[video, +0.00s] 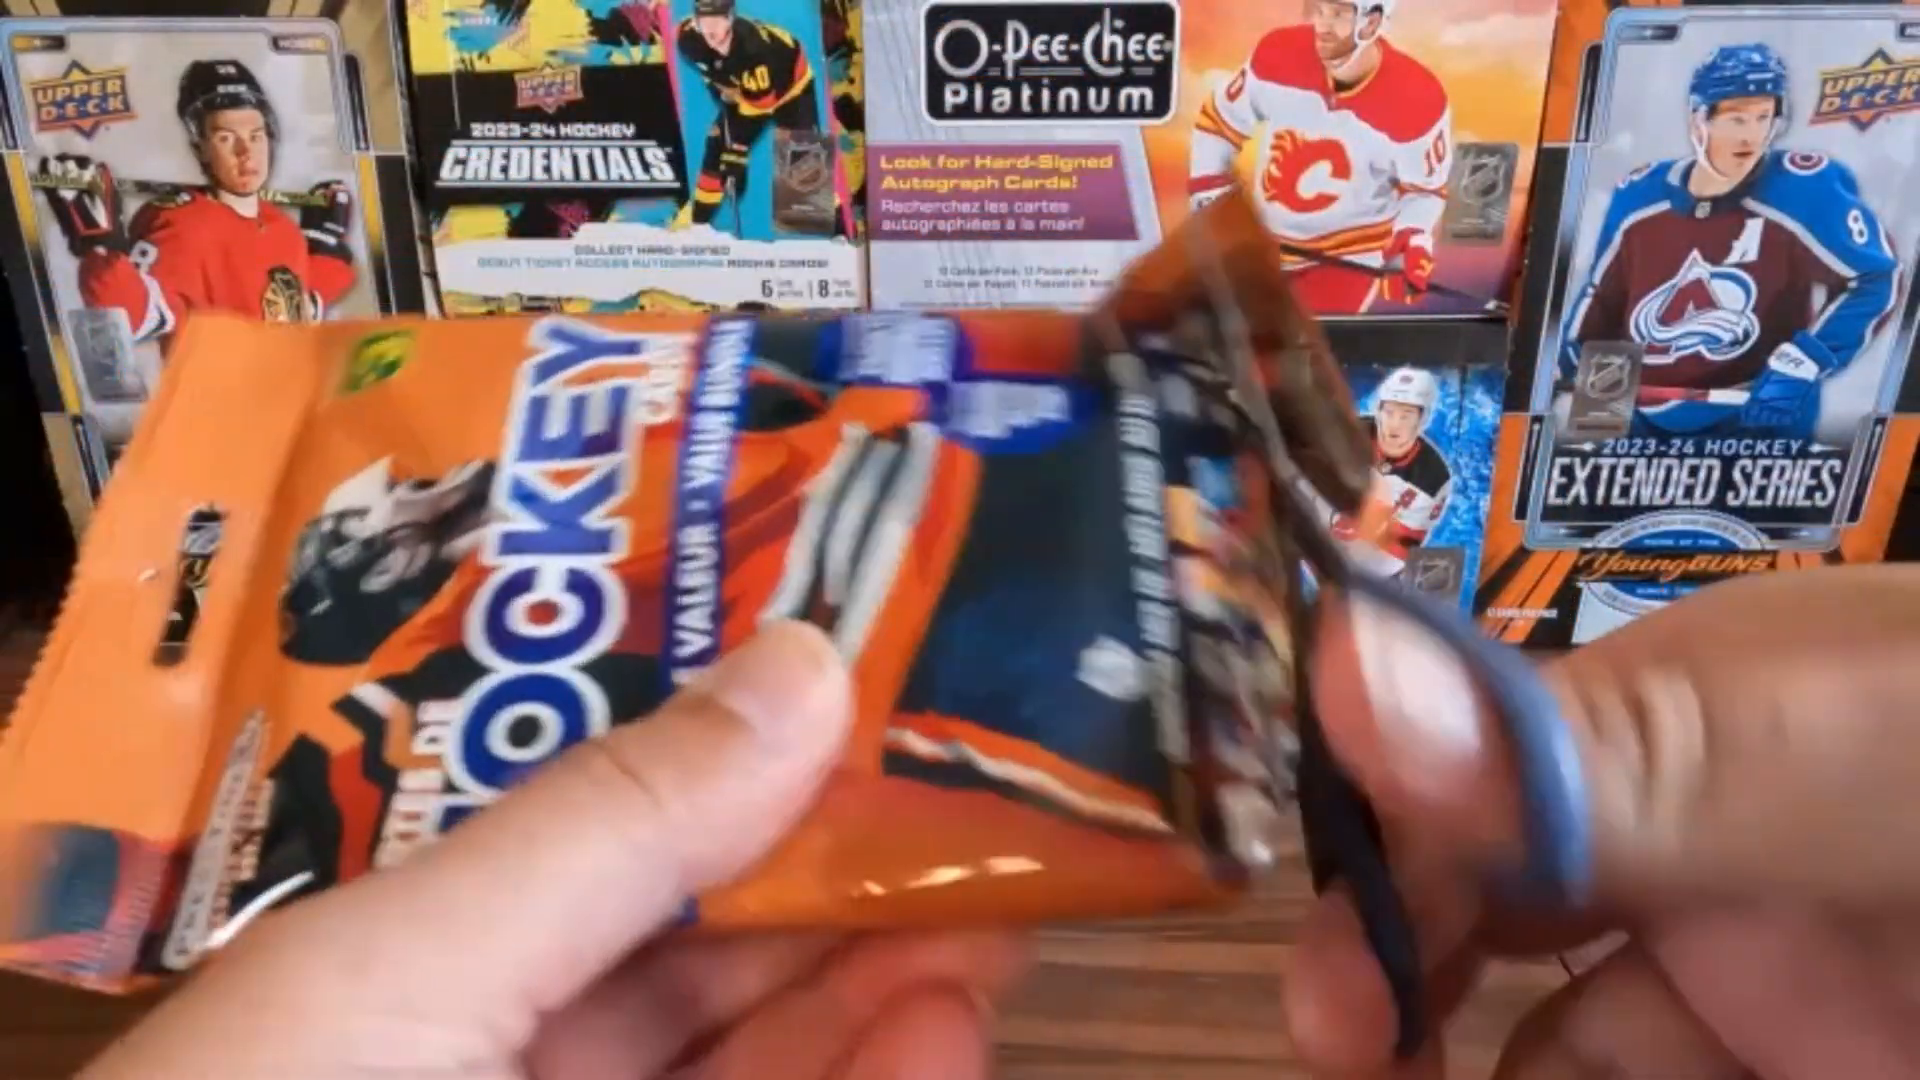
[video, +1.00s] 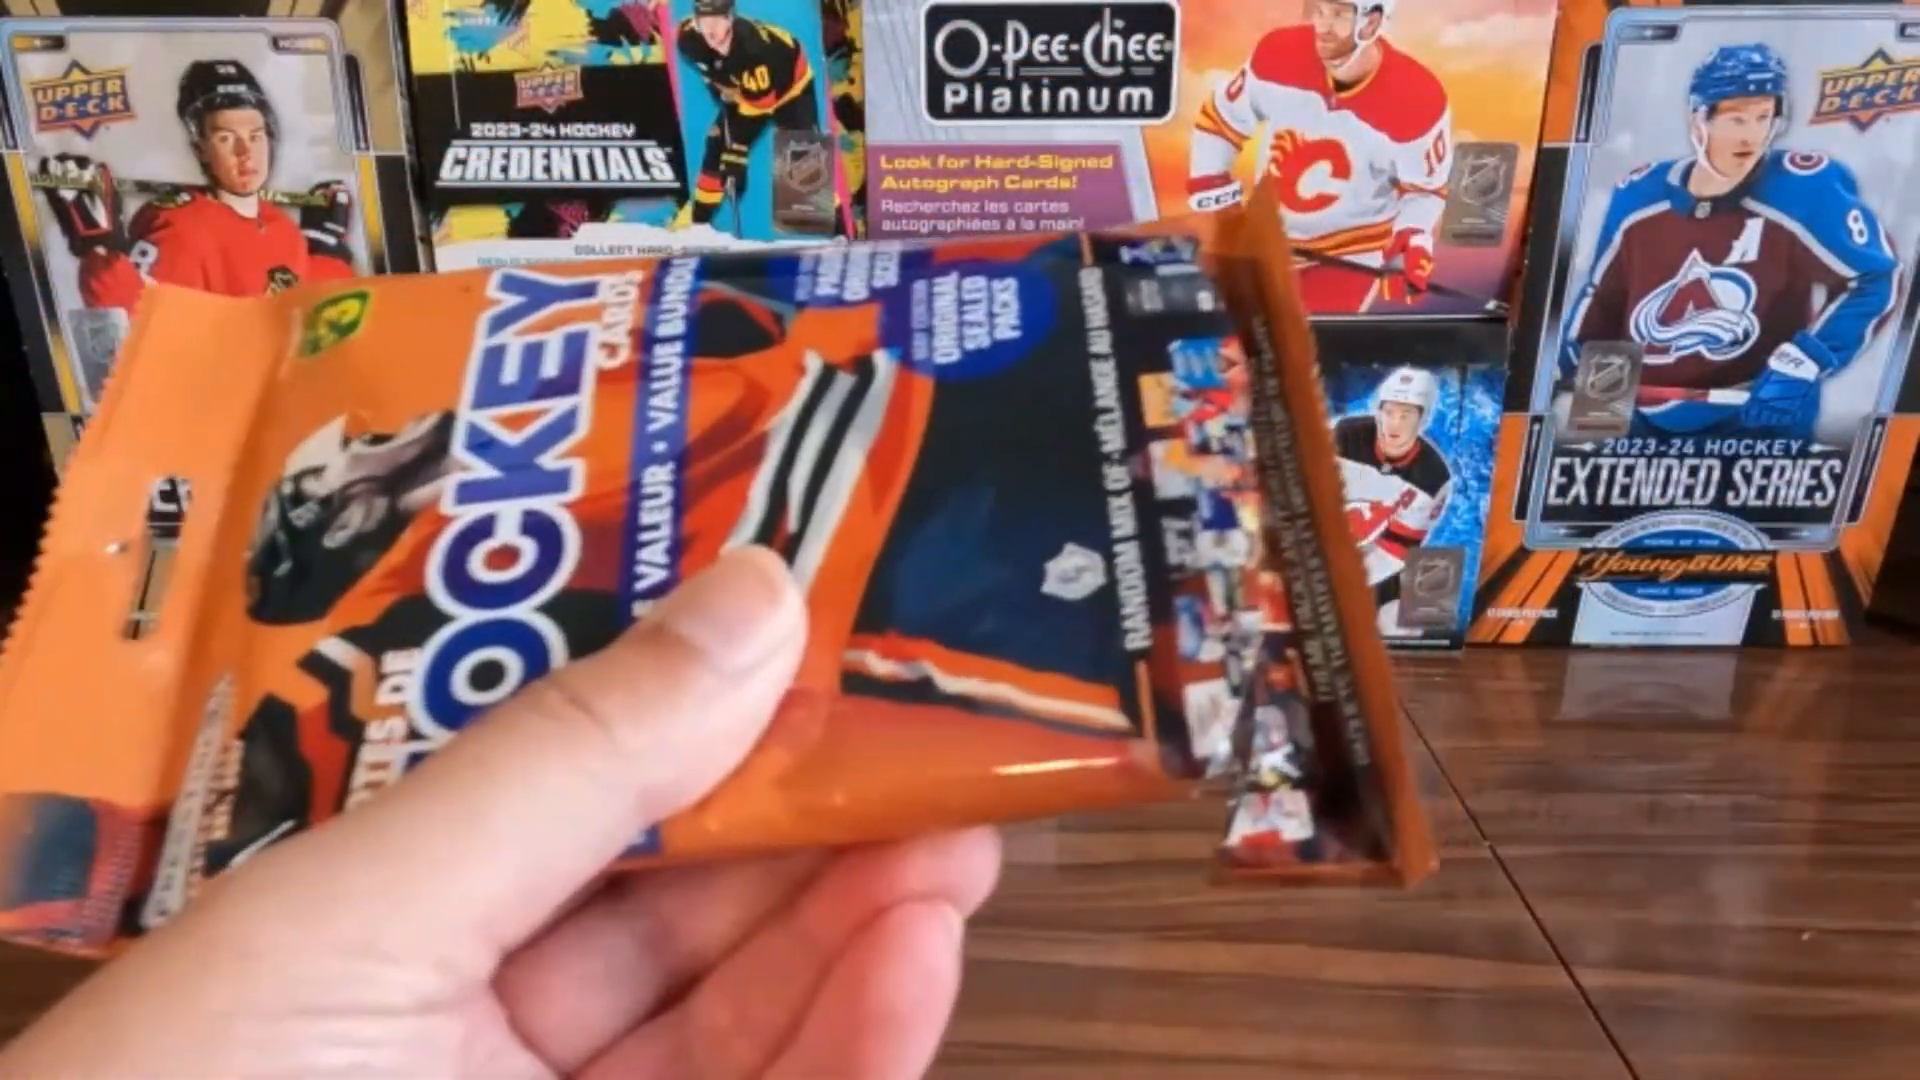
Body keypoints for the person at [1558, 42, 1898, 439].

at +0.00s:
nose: (1749, 135)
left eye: (1762, 118)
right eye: (1735, 119)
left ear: (1775, 123)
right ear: (1698, 124)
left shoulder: (1805, 192)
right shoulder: (1638, 197)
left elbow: (1879, 280)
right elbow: (1598, 295)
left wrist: (1801, 365)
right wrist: (1577, 364)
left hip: (1743, 426)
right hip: (1637, 421)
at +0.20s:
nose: (1749, 135)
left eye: (1762, 118)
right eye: (1734, 119)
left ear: (1775, 122)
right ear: (1698, 124)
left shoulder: (1805, 192)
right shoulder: (1638, 197)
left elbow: (1879, 280)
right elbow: (1599, 296)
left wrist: (1801, 365)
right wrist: (1574, 365)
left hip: (1744, 428)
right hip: (1637, 422)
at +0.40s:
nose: (1749, 135)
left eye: (1762, 118)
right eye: (1734, 119)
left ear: (1775, 123)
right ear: (1698, 124)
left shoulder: (1806, 192)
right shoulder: (1637, 198)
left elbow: (1879, 280)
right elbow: (1599, 297)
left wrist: (1802, 365)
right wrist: (1573, 366)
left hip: (1745, 427)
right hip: (1638, 422)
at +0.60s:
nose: (1749, 135)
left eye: (1762, 119)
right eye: (1734, 119)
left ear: (1775, 123)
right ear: (1698, 124)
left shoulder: (1806, 193)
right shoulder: (1637, 198)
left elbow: (1879, 280)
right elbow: (1599, 296)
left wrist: (1802, 364)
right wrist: (1576, 364)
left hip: (1745, 426)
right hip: (1638, 421)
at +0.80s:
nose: (1749, 135)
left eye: (1761, 118)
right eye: (1734, 119)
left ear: (1775, 122)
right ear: (1698, 123)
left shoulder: (1805, 192)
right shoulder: (1637, 197)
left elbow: (1879, 280)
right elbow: (1599, 295)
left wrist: (1802, 364)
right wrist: (1573, 364)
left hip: (1746, 427)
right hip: (1638, 421)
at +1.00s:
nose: (1749, 135)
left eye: (1761, 118)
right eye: (1734, 119)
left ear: (1775, 122)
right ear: (1698, 123)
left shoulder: (1805, 192)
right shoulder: (1638, 197)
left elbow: (1879, 280)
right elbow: (1599, 296)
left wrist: (1803, 364)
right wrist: (1575, 369)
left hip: (1745, 428)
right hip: (1638, 422)